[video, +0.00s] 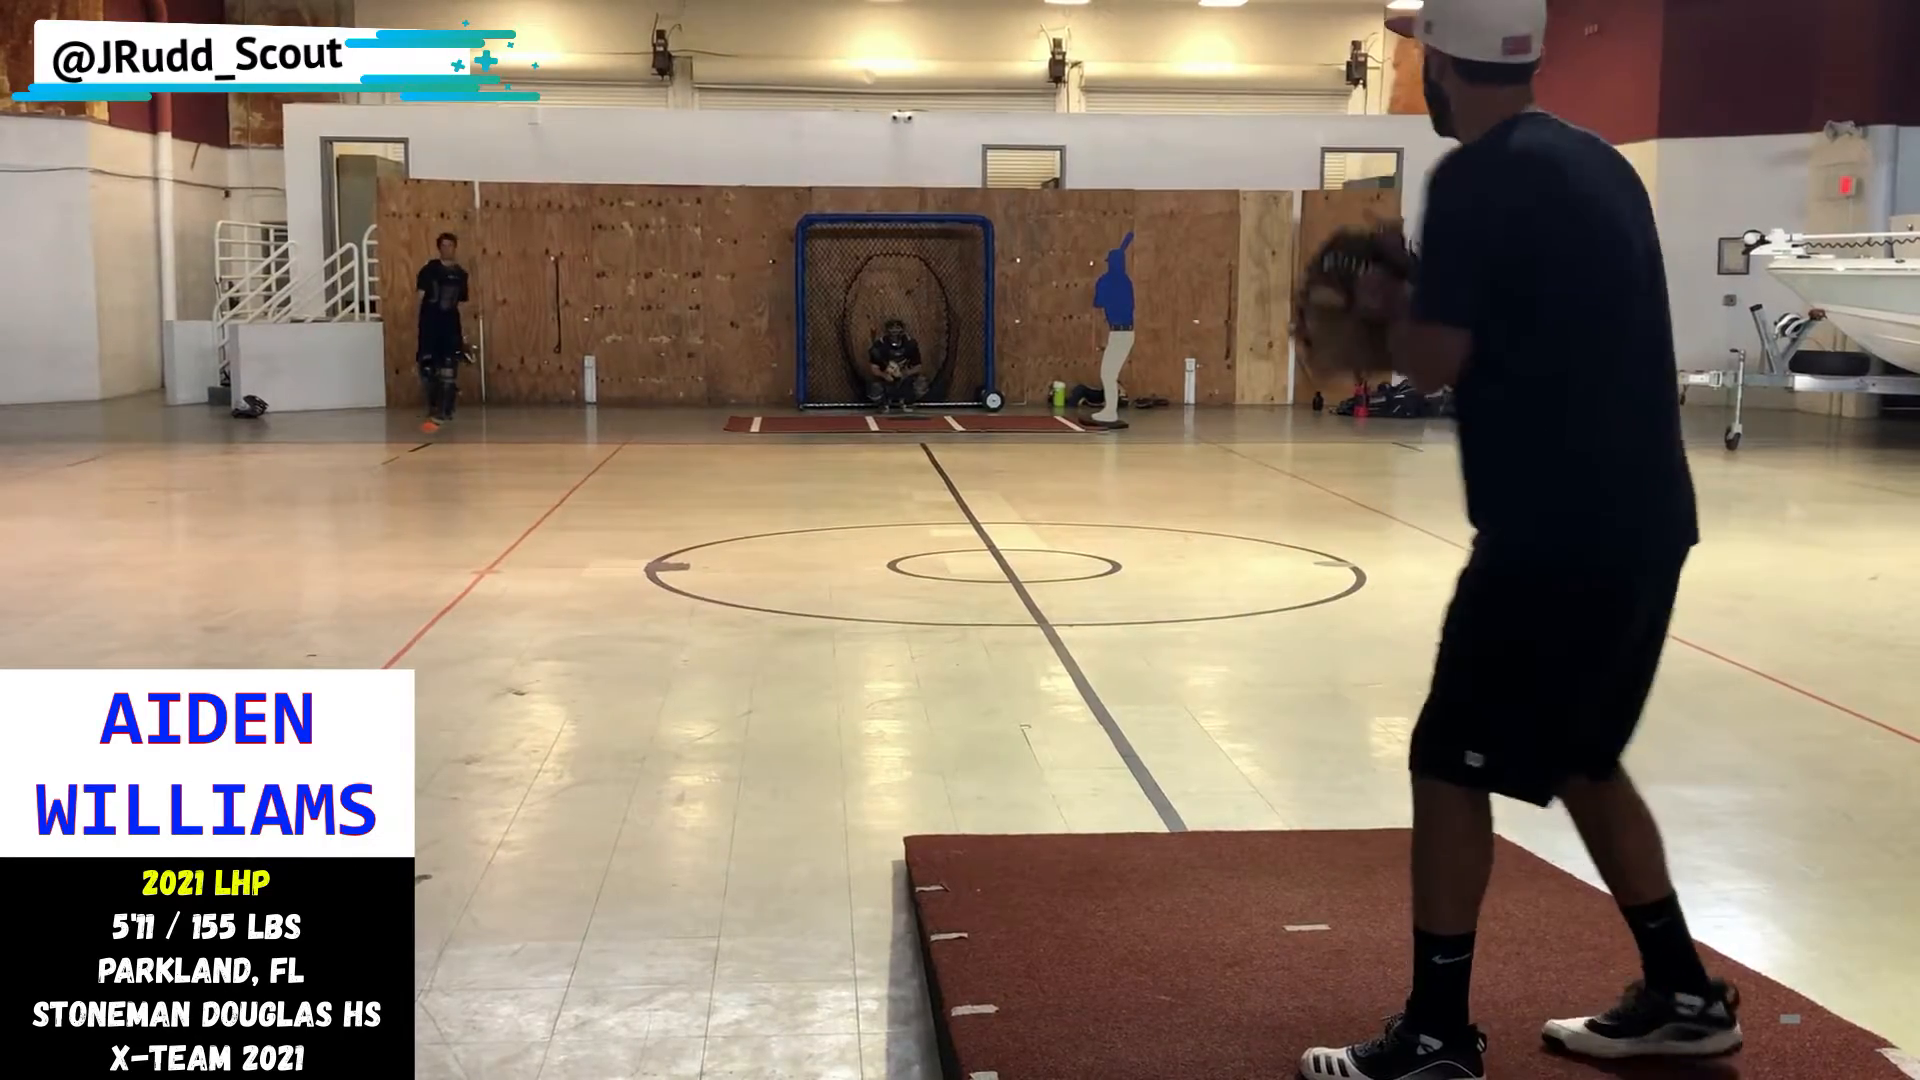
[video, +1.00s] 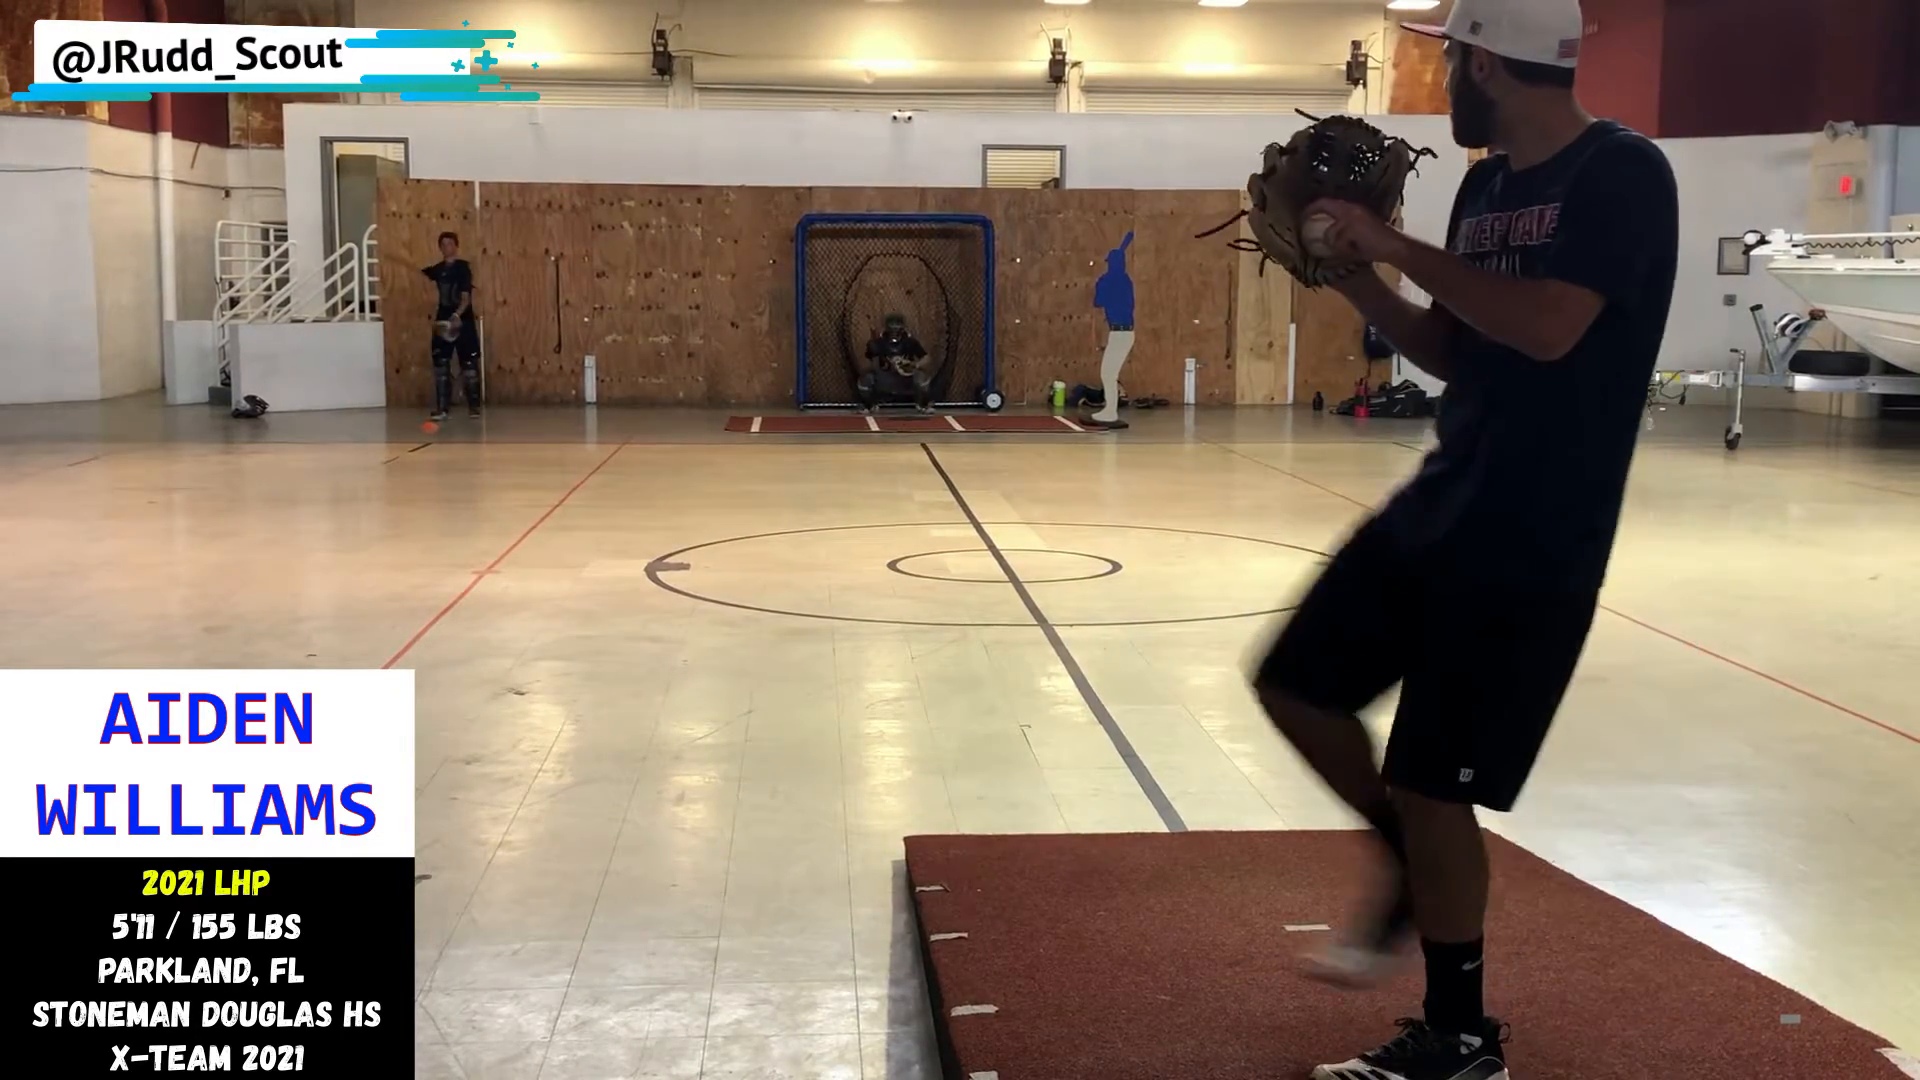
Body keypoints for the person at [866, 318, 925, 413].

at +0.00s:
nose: (896, 335)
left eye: (898, 332)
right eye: (892, 332)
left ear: (902, 331)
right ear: (887, 332)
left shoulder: (911, 344)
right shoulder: (879, 345)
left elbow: (918, 367)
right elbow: (874, 368)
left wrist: (906, 373)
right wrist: (885, 375)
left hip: (904, 379)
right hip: (887, 379)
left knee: (921, 382)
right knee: (875, 386)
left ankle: (907, 403)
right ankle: (883, 405)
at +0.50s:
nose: (895, 330)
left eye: (898, 326)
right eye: (893, 326)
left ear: (903, 326)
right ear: (888, 326)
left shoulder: (911, 340)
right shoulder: (880, 341)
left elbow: (918, 364)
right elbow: (873, 363)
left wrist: (905, 369)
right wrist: (885, 365)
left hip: (906, 376)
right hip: (887, 376)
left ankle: (907, 402)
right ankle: (883, 404)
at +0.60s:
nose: (895, 321)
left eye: (898, 317)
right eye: (891, 318)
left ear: (902, 318)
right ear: (886, 319)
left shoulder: (911, 334)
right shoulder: (879, 334)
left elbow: (918, 356)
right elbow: (871, 355)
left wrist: (906, 361)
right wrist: (880, 354)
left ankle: (904, 400)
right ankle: (886, 400)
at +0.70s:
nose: (894, 321)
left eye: (898, 318)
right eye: (891, 318)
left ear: (903, 316)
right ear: (886, 316)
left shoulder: (911, 328)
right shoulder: (877, 329)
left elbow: (921, 347)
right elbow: (868, 352)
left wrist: (911, 355)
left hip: (905, 363)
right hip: (884, 363)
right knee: (871, 373)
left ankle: (911, 398)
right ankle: (876, 400)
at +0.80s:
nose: (895, 321)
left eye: (898, 317)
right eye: (892, 317)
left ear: (903, 316)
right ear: (886, 315)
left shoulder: (910, 329)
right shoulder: (876, 330)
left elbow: (923, 348)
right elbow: (868, 350)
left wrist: (915, 355)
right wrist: (860, 365)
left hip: (907, 365)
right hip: (885, 365)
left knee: (923, 372)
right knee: (866, 375)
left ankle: (924, 403)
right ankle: (868, 404)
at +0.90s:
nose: (894, 324)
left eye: (898, 320)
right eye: (891, 320)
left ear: (902, 321)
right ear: (886, 320)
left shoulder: (910, 335)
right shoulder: (878, 336)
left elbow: (924, 355)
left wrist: (915, 361)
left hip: (907, 370)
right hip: (885, 370)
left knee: (922, 377)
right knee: (867, 378)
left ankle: (923, 405)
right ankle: (870, 405)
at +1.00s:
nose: (895, 331)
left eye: (898, 328)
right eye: (892, 328)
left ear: (903, 327)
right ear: (886, 327)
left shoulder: (910, 342)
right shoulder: (877, 344)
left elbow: (926, 358)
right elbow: (873, 365)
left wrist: (915, 365)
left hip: (907, 377)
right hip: (886, 377)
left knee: (921, 377)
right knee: (866, 380)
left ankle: (921, 405)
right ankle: (871, 406)